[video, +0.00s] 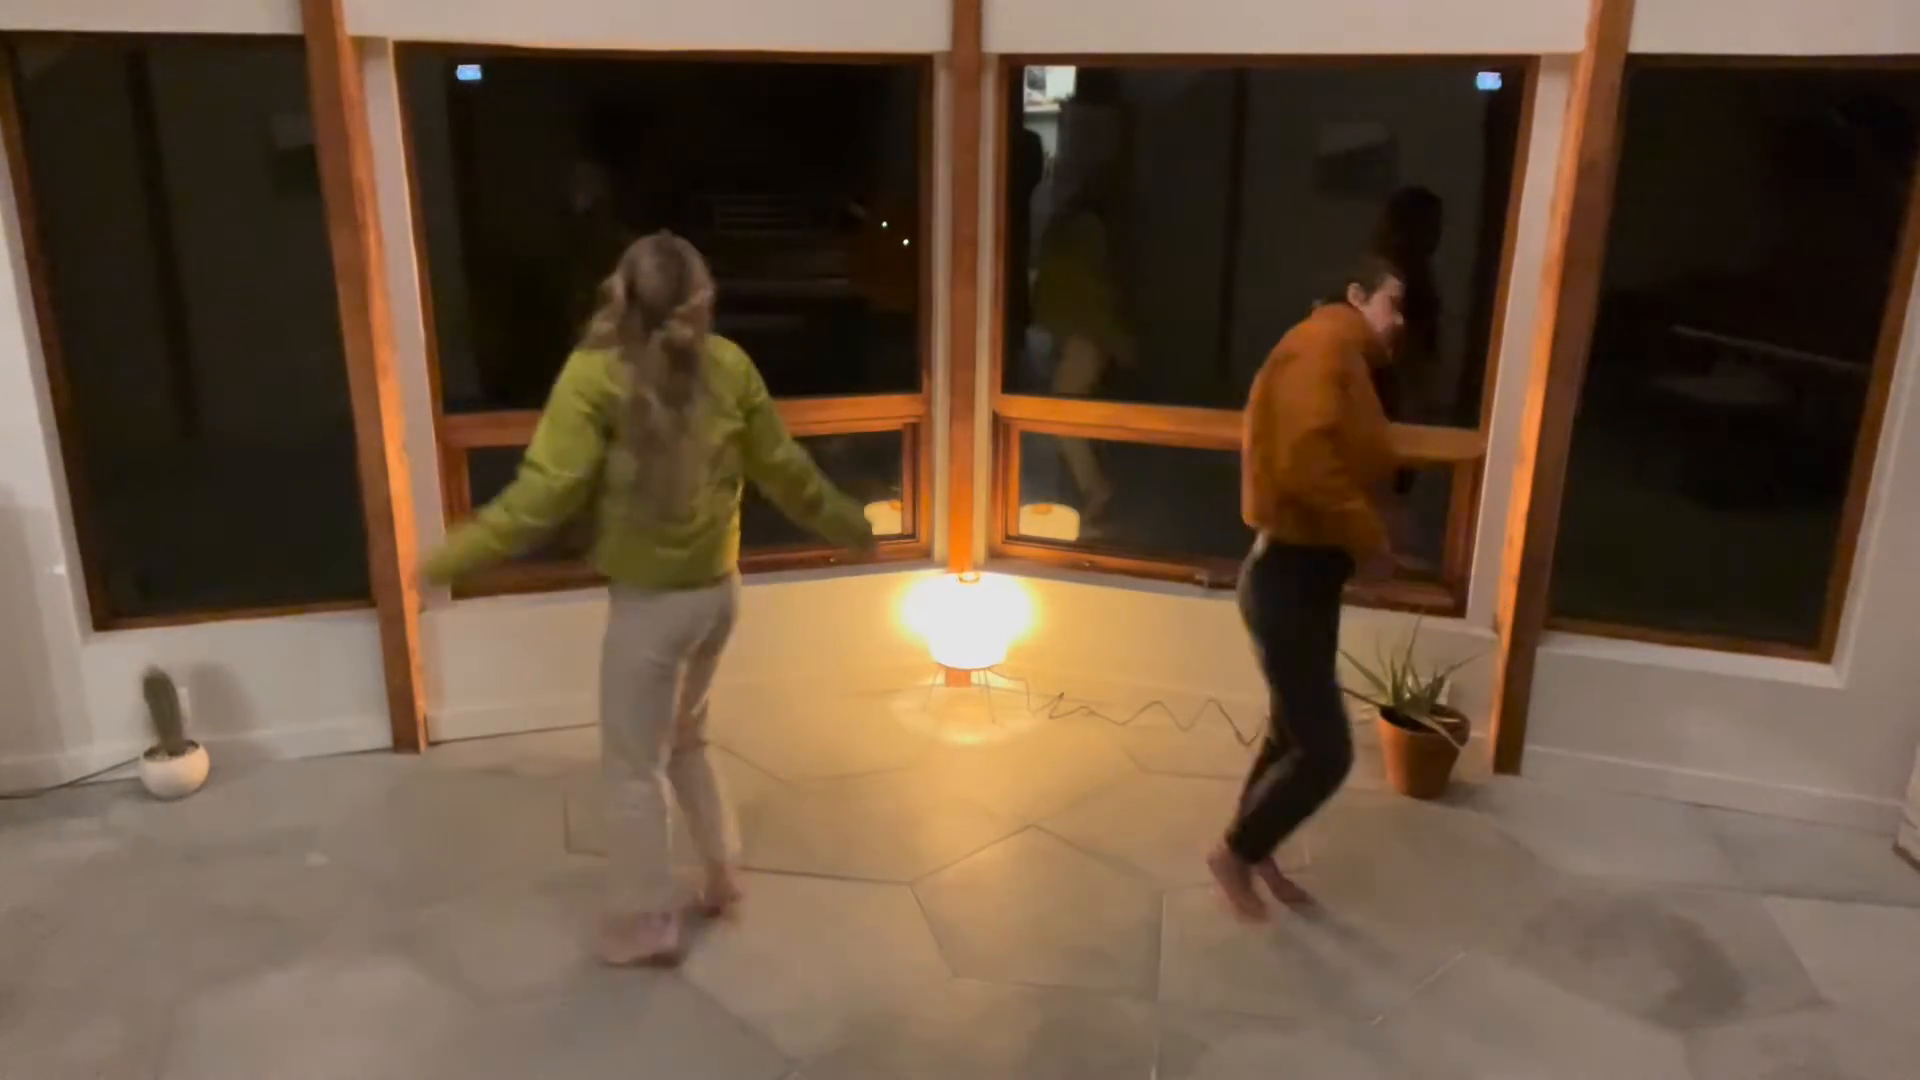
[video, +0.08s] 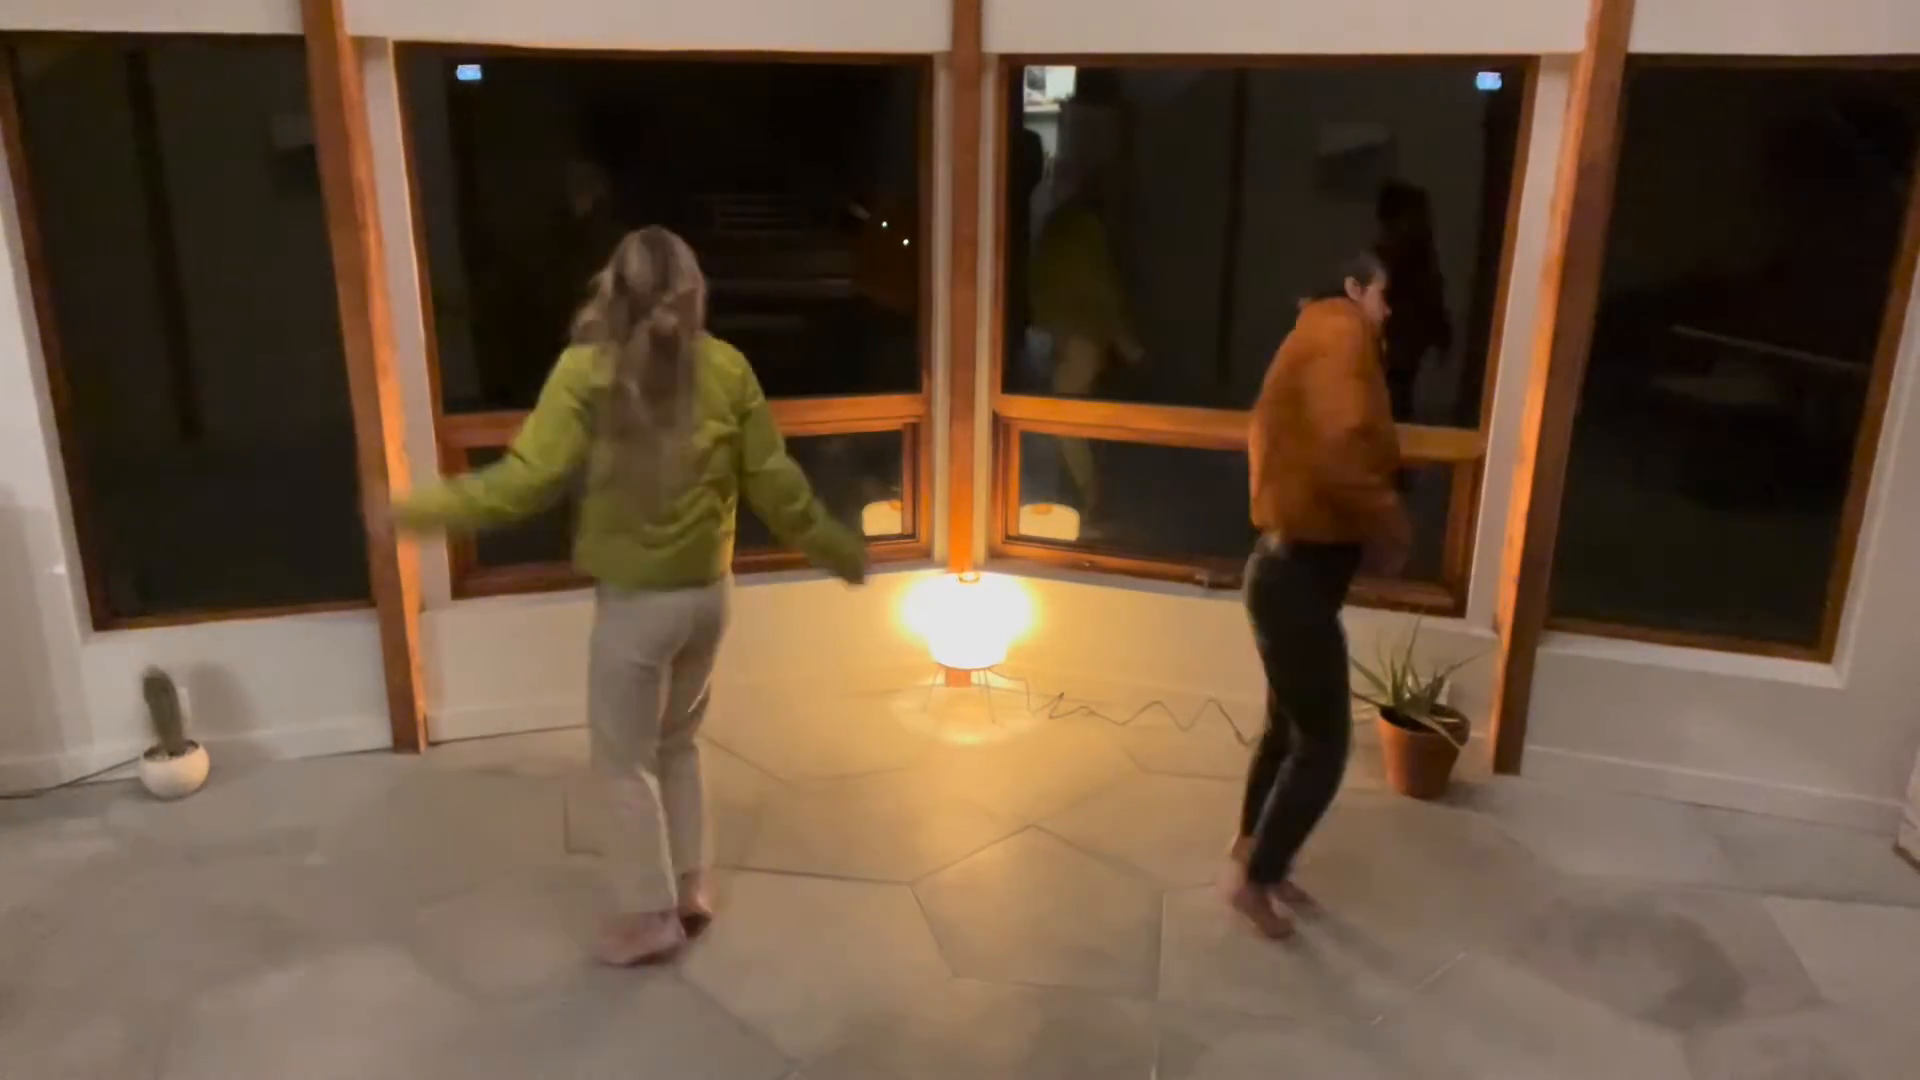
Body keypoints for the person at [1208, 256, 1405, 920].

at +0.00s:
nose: (1399, 323)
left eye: (1408, 312)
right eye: (1395, 305)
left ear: (1371, 301)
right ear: (1360, 294)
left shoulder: (1339, 349)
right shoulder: (1322, 345)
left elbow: (1357, 450)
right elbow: (1307, 460)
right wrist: (1368, 537)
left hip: (1304, 568)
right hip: (1289, 571)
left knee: (1295, 730)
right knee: (1325, 751)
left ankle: (1255, 845)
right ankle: (1235, 852)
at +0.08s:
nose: (1397, 315)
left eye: (1402, 302)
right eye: (1393, 299)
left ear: (1360, 286)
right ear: (1359, 286)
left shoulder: (1316, 331)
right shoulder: (1342, 334)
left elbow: (1266, 430)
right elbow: (1340, 444)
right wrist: (1389, 520)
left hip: (1282, 563)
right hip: (1301, 571)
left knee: (1287, 728)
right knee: (1324, 742)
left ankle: (1254, 856)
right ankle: (1259, 877)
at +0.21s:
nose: (1276, 317)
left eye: (1278, 306)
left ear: (1285, 302)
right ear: (1342, 286)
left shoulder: (1269, 364)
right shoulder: (1372, 340)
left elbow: (1243, 459)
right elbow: (1405, 441)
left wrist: (1190, 510)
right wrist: (1430, 513)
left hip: (1270, 563)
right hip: (1332, 571)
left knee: (1268, 714)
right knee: (1313, 735)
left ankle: (1236, 852)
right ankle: (1258, 887)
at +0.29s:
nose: (1269, 319)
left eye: (1270, 309)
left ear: (1280, 306)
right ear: (1345, 294)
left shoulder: (1263, 373)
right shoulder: (1389, 345)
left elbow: (1203, 472)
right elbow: (1441, 451)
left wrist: (1127, 525)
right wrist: (1432, 513)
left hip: (1278, 570)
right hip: (1354, 574)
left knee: (1262, 728)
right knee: (1332, 732)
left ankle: (1248, 872)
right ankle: (1278, 876)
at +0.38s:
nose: (1276, 321)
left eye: (1278, 311)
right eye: (1277, 311)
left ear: (1285, 312)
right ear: (1352, 308)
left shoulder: (1266, 381)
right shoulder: (1403, 349)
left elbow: (1196, 486)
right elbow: (1460, 452)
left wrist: (1107, 538)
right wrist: (1428, 517)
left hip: (1282, 572)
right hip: (1364, 577)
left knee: (1258, 734)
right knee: (1339, 732)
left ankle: (1243, 877)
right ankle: (1322, 880)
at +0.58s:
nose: (1323, 277)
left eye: (1336, 273)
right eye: (1333, 268)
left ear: (1353, 299)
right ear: (1381, 303)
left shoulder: (1313, 380)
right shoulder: (1414, 356)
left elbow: (1293, 508)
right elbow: (1454, 448)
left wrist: (1256, 583)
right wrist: (1388, 492)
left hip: (1307, 575)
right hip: (1368, 574)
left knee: (1284, 739)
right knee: (1346, 733)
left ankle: (1294, 888)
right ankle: (1366, 886)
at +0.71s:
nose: (1366, 262)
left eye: (1384, 266)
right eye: (1381, 257)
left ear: (1394, 303)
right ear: (1382, 291)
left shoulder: (1361, 372)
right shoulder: (1353, 358)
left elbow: (1390, 487)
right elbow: (1386, 481)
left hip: (1331, 570)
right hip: (1322, 562)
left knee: (1300, 731)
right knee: (1301, 720)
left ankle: (1337, 884)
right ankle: (1353, 851)